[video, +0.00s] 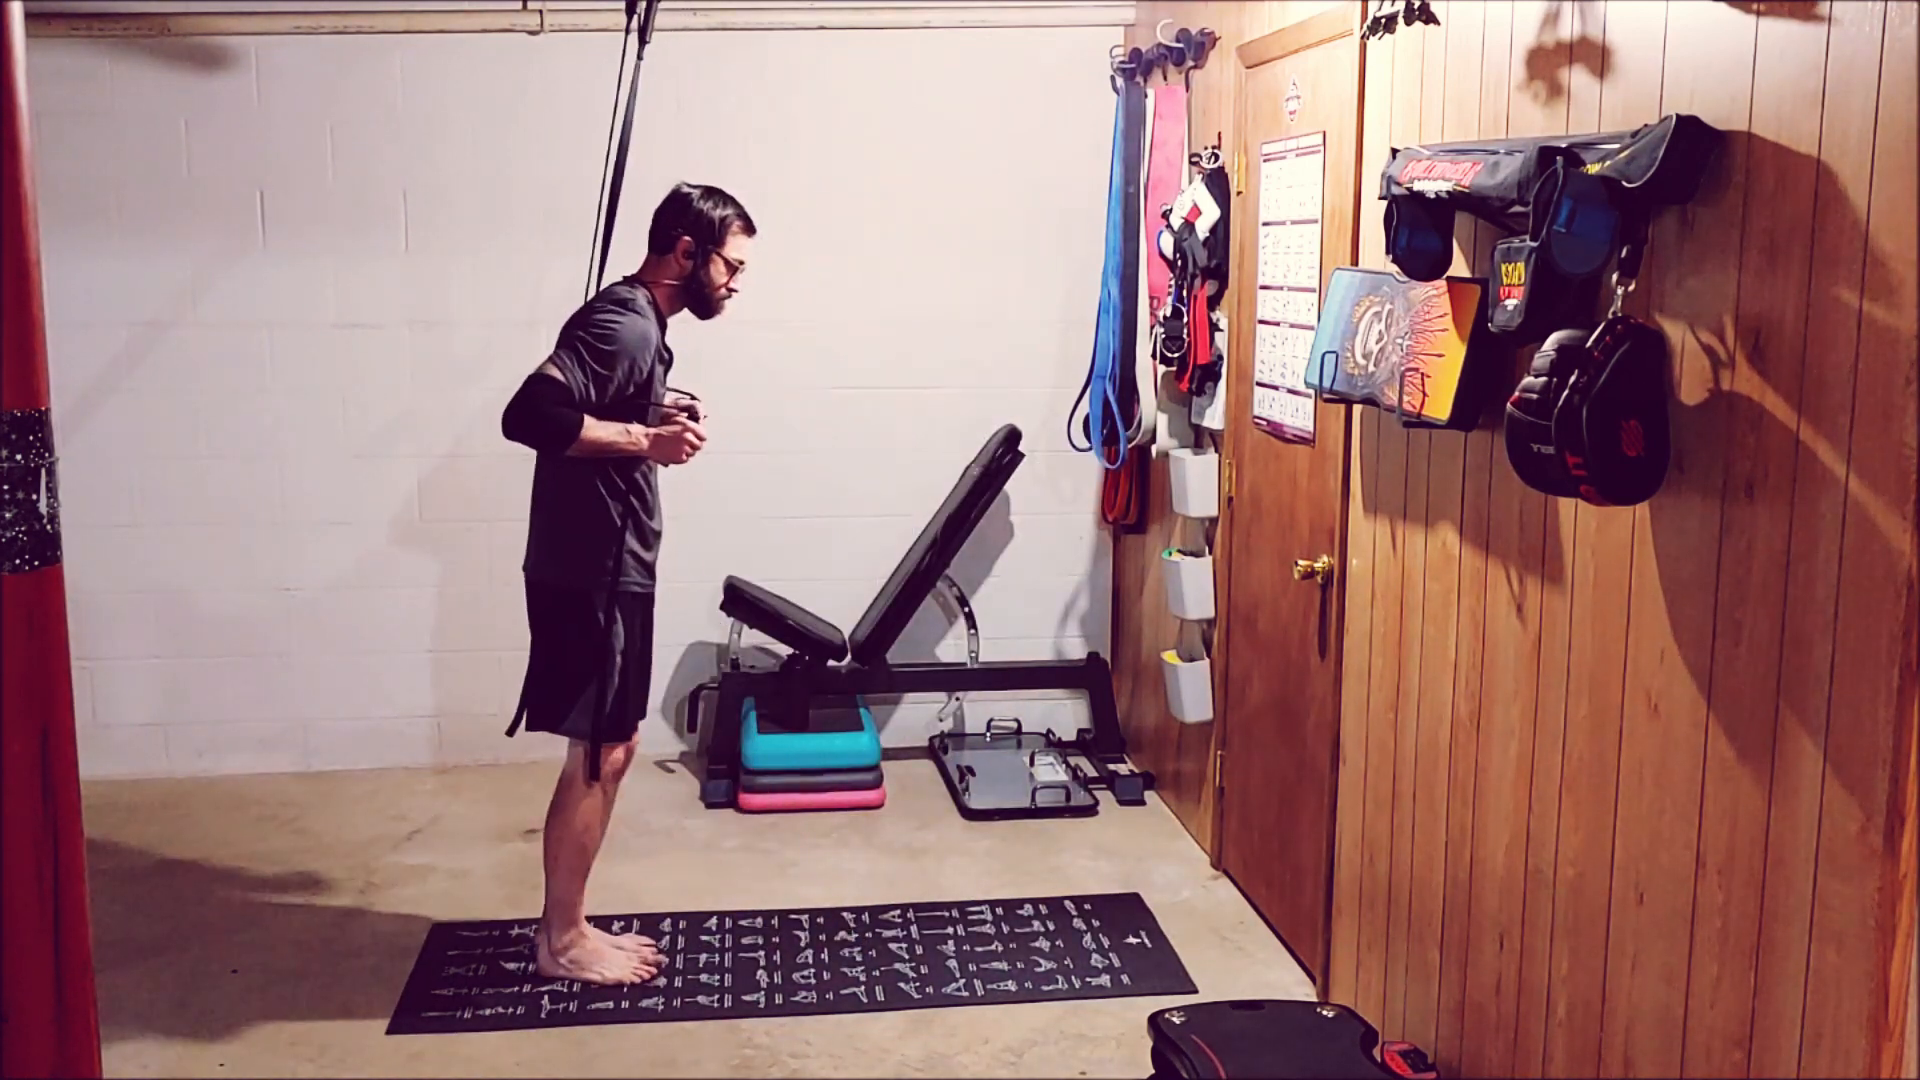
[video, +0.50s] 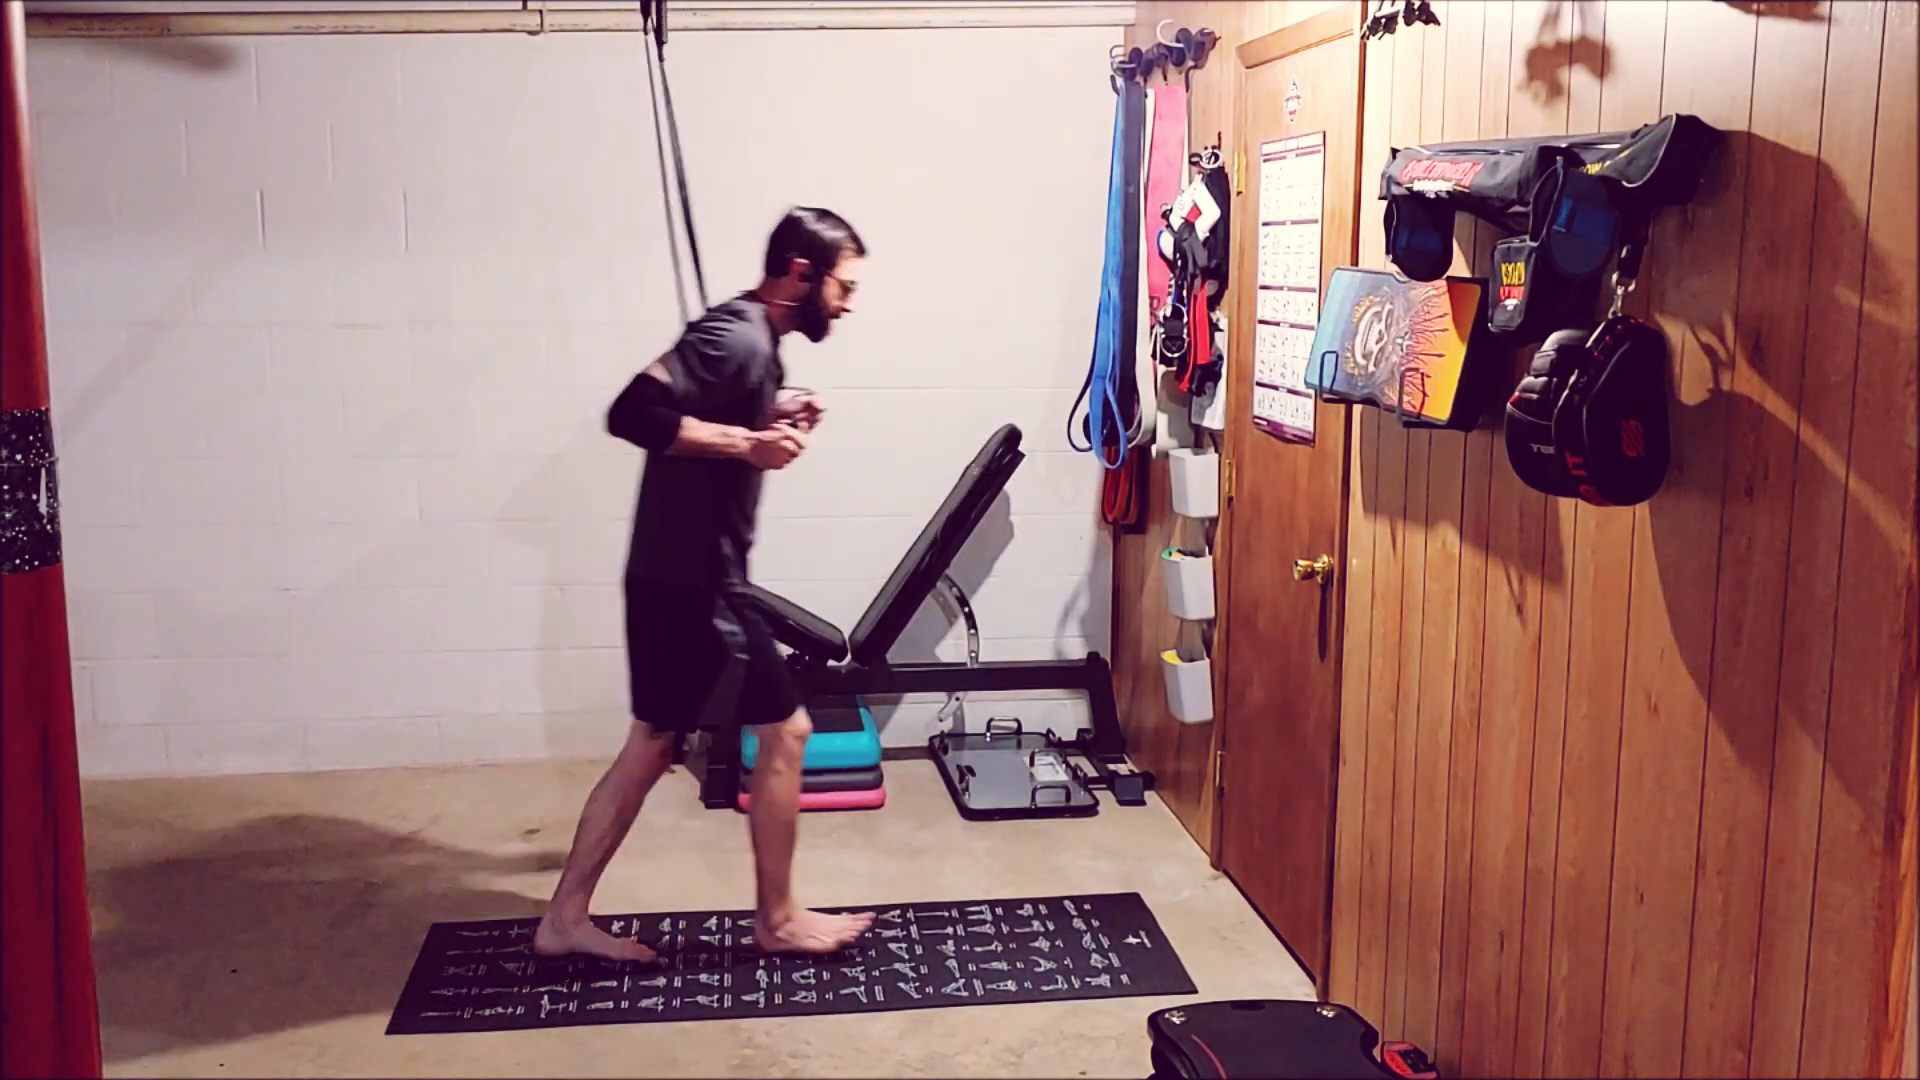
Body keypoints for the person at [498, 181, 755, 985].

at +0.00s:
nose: (737, 283)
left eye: (741, 268)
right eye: (731, 265)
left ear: (681, 257)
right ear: (683, 254)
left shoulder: (644, 325)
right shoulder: (621, 320)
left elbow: (588, 417)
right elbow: (530, 413)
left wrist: (658, 414)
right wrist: (644, 439)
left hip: (619, 575)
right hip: (594, 576)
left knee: (612, 748)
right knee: (601, 751)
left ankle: (569, 927)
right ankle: (561, 939)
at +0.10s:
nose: (742, 284)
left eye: (746, 269)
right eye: (737, 266)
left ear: (685, 257)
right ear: (689, 254)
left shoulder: (645, 327)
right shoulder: (627, 322)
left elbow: (583, 421)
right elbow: (534, 413)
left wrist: (662, 418)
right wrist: (649, 439)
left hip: (615, 577)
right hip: (603, 580)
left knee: (605, 755)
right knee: (632, 755)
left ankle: (563, 927)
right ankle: (567, 935)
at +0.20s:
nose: (754, 287)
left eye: (758, 271)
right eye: (749, 269)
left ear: (698, 261)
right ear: (702, 259)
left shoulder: (658, 329)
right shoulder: (639, 325)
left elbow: (599, 421)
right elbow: (543, 414)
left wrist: (675, 419)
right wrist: (657, 441)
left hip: (615, 572)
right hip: (612, 576)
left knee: (613, 749)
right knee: (682, 745)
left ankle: (561, 924)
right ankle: (595, 924)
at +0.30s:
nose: (777, 290)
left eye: (780, 275)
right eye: (772, 273)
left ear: (721, 262)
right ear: (724, 260)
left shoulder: (681, 332)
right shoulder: (659, 328)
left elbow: (622, 421)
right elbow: (561, 414)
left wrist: (698, 421)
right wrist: (674, 443)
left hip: (623, 575)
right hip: (635, 579)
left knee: (617, 748)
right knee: (717, 736)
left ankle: (560, 925)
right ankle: (657, 923)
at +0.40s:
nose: (808, 296)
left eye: (811, 281)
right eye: (803, 279)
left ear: (758, 268)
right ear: (757, 266)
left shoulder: (714, 338)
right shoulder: (690, 330)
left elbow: (650, 428)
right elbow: (592, 414)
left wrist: (728, 423)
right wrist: (707, 445)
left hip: (655, 575)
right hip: (660, 580)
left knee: (631, 747)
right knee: (749, 730)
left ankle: (562, 924)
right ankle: (732, 919)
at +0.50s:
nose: (848, 303)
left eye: (853, 288)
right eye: (844, 286)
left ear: (795, 275)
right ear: (797, 273)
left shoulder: (753, 337)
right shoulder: (733, 336)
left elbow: (700, 425)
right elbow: (631, 414)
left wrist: (771, 413)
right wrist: (747, 442)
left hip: (686, 578)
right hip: (696, 583)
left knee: (651, 744)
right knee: (783, 730)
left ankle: (565, 918)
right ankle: (780, 918)